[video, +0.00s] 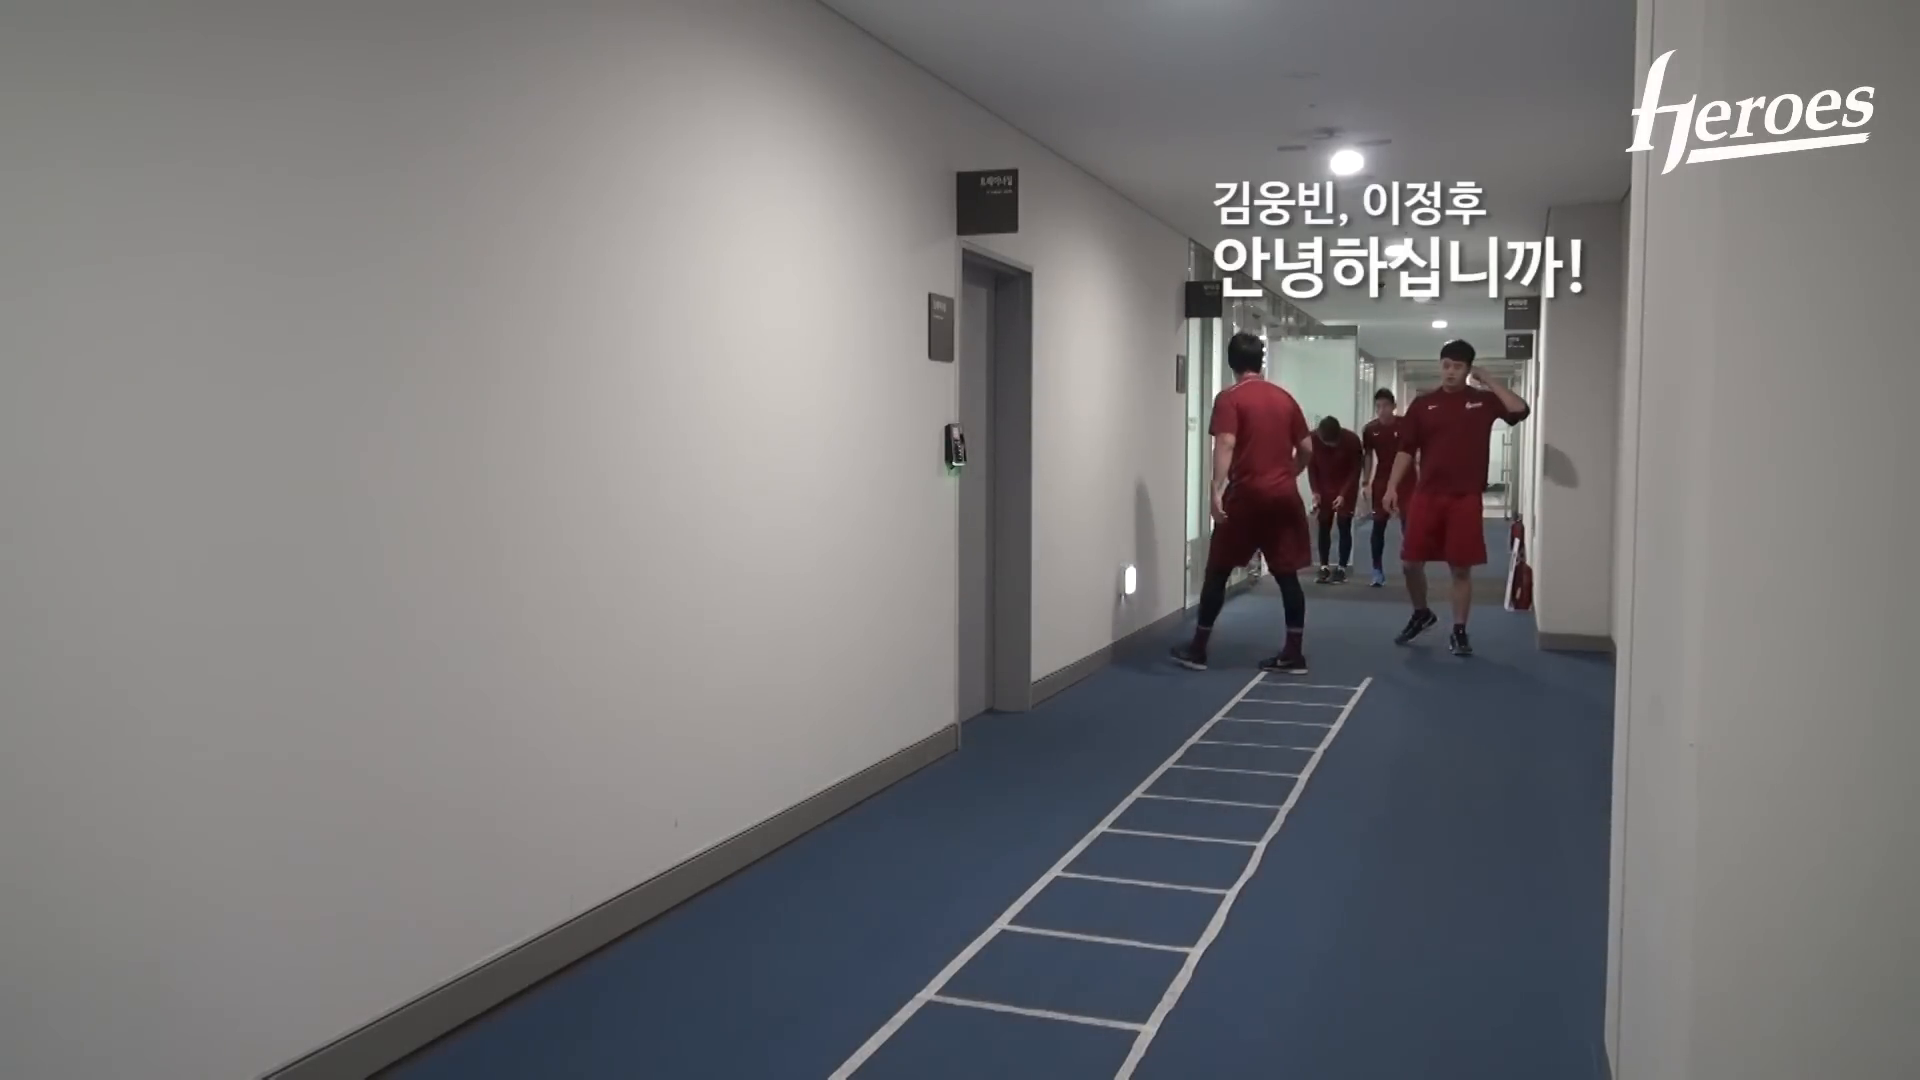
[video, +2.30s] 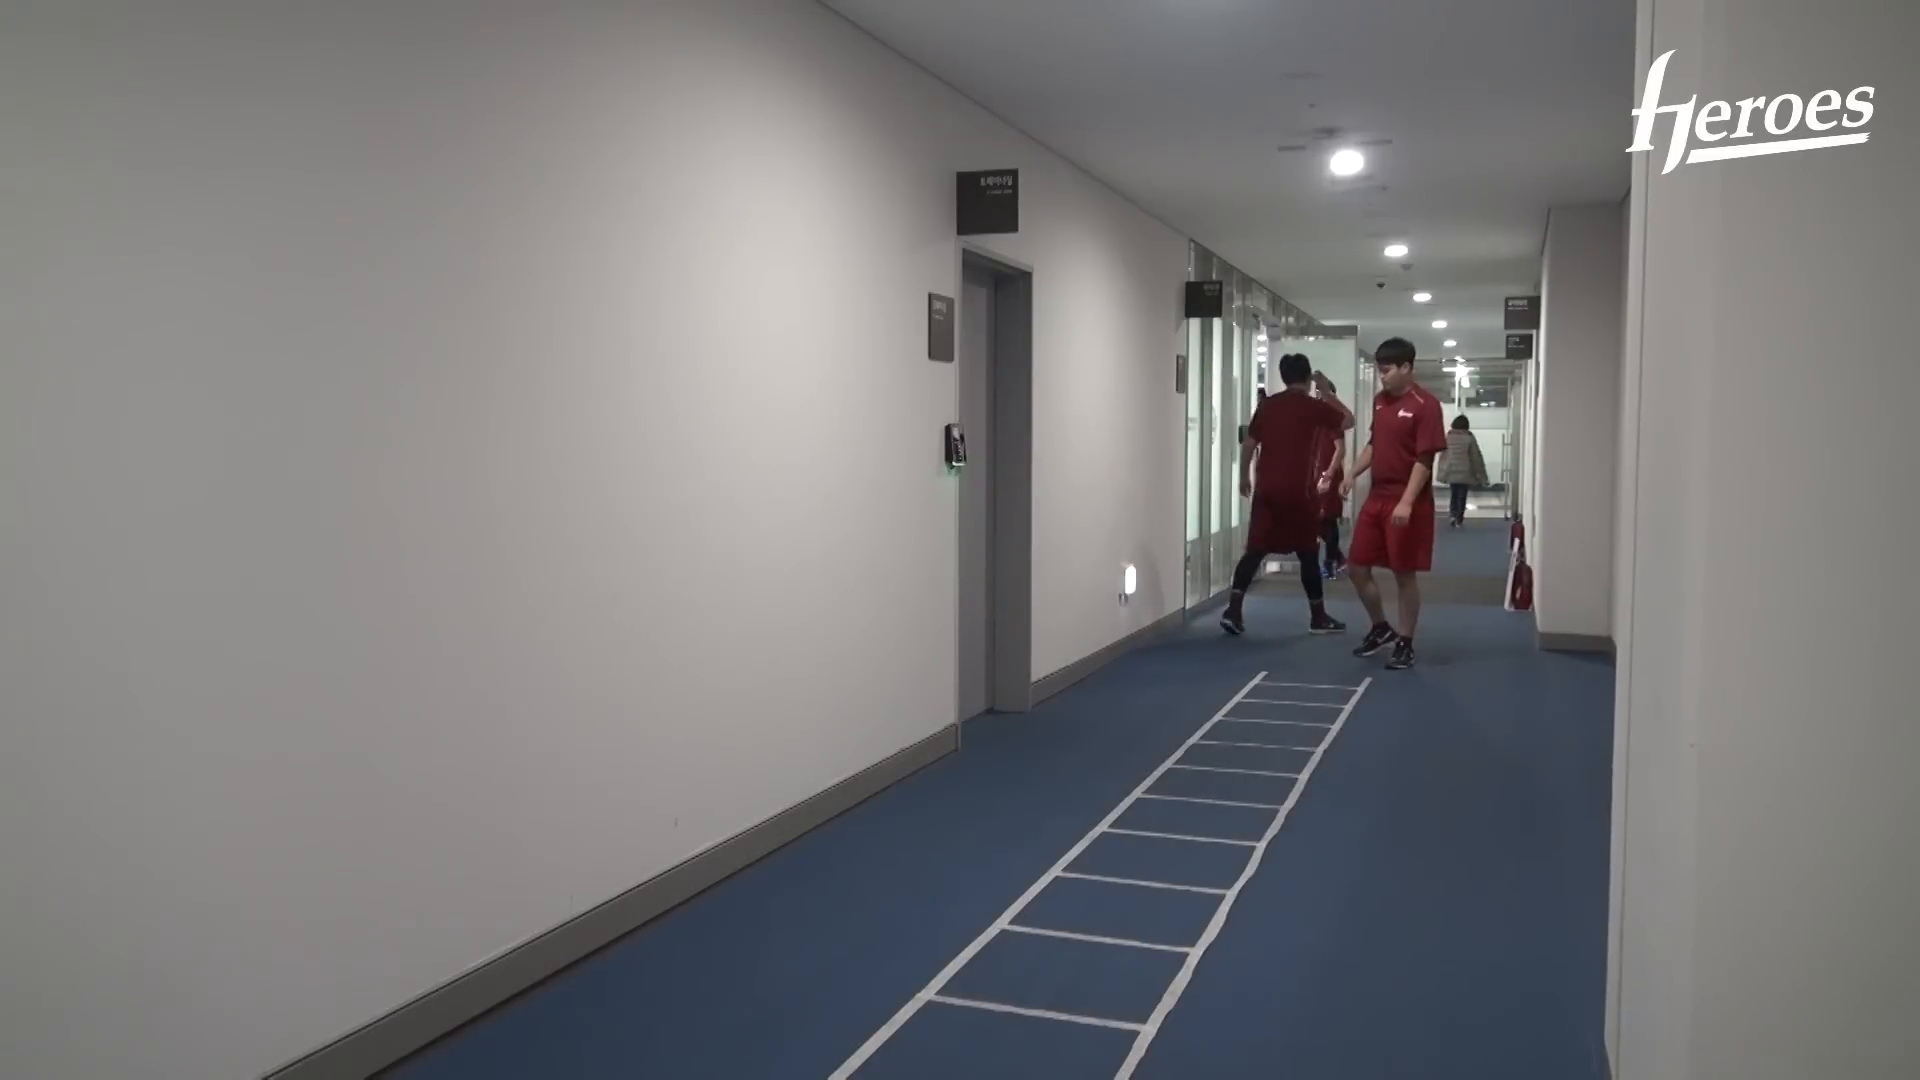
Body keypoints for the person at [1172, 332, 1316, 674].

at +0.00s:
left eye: (1231, 362)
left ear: (1231, 363)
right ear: (1261, 361)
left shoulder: (1229, 398)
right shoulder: (1285, 397)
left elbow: (1226, 442)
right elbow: (1306, 450)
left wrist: (1216, 489)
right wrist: (1286, 475)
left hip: (1245, 498)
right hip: (1284, 498)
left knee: (1217, 571)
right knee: (1287, 573)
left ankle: (1198, 648)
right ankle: (1293, 653)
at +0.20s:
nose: (1207, 371)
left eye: (1204, 366)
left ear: (1205, 366)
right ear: (1235, 364)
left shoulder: (1204, 402)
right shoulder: (1260, 398)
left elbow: (1196, 452)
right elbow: (1281, 447)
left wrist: (1187, 499)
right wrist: (1265, 450)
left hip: (1219, 497)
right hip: (1255, 497)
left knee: (1204, 573)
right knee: (1254, 571)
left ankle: (1188, 647)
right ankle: (1284, 643)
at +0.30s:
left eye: (1194, 364)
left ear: (1195, 365)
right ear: (1226, 363)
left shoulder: (1192, 401)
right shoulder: (1251, 396)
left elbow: (1183, 454)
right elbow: (1277, 437)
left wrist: (1173, 499)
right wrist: (1251, 420)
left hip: (1210, 494)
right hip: (1246, 493)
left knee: (1201, 570)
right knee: (1236, 565)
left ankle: (1189, 647)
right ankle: (1267, 625)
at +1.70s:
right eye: (1248, 372)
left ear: (1223, 378)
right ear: (1251, 374)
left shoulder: (1214, 408)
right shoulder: (1266, 402)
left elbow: (1199, 450)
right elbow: (1291, 415)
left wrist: (1186, 488)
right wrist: (1268, 390)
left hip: (1219, 489)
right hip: (1252, 489)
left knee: (1225, 553)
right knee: (1252, 555)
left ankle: (1226, 616)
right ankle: (1231, 611)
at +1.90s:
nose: (1262, 373)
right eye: (1261, 369)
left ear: (1236, 375)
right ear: (1262, 371)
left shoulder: (1223, 403)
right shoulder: (1276, 399)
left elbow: (1208, 445)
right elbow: (1305, 411)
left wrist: (1200, 481)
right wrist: (1281, 384)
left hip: (1229, 489)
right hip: (1263, 488)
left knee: (1229, 553)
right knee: (1283, 548)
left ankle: (1227, 620)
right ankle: (1255, 603)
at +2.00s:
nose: (1270, 377)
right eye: (1270, 372)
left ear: (1245, 375)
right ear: (1272, 373)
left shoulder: (1231, 402)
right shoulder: (1283, 400)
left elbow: (1215, 443)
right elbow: (1313, 413)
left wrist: (1208, 476)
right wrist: (1290, 385)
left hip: (1233, 489)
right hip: (1270, 488)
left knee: (1232, 553)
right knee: (1295, 545)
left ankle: (1227, 618)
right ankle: (1284, 611)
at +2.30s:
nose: (1308, 380)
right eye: (1308, 376)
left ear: (1282, 377)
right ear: (1308, 377)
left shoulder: (1267, 405)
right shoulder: (1315, 407)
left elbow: (1249, 444)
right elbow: (1348, 420)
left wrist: (1244, 478)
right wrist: (1329, 393)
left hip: (1266, 489)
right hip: (1300, 491)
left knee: (1254, 552)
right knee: (1308, 555)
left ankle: (1233, 610)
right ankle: (1318, 616)